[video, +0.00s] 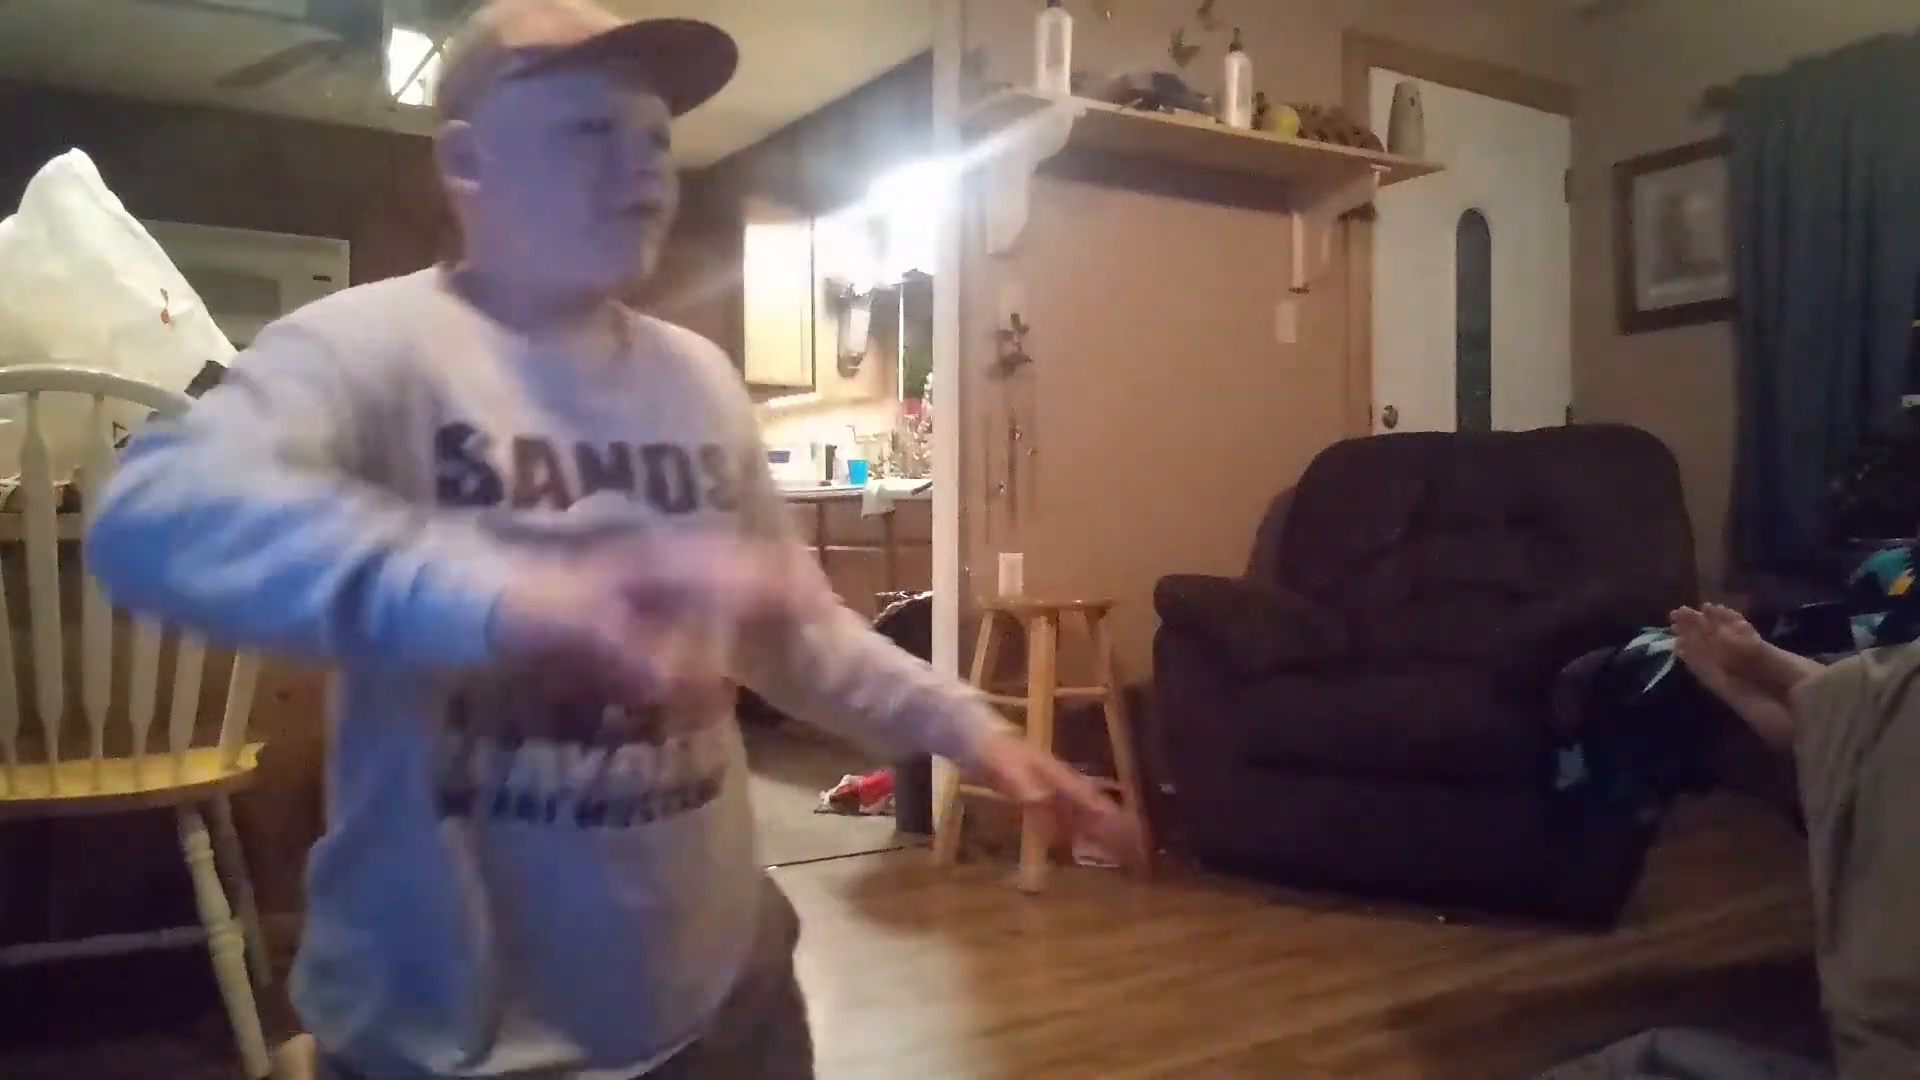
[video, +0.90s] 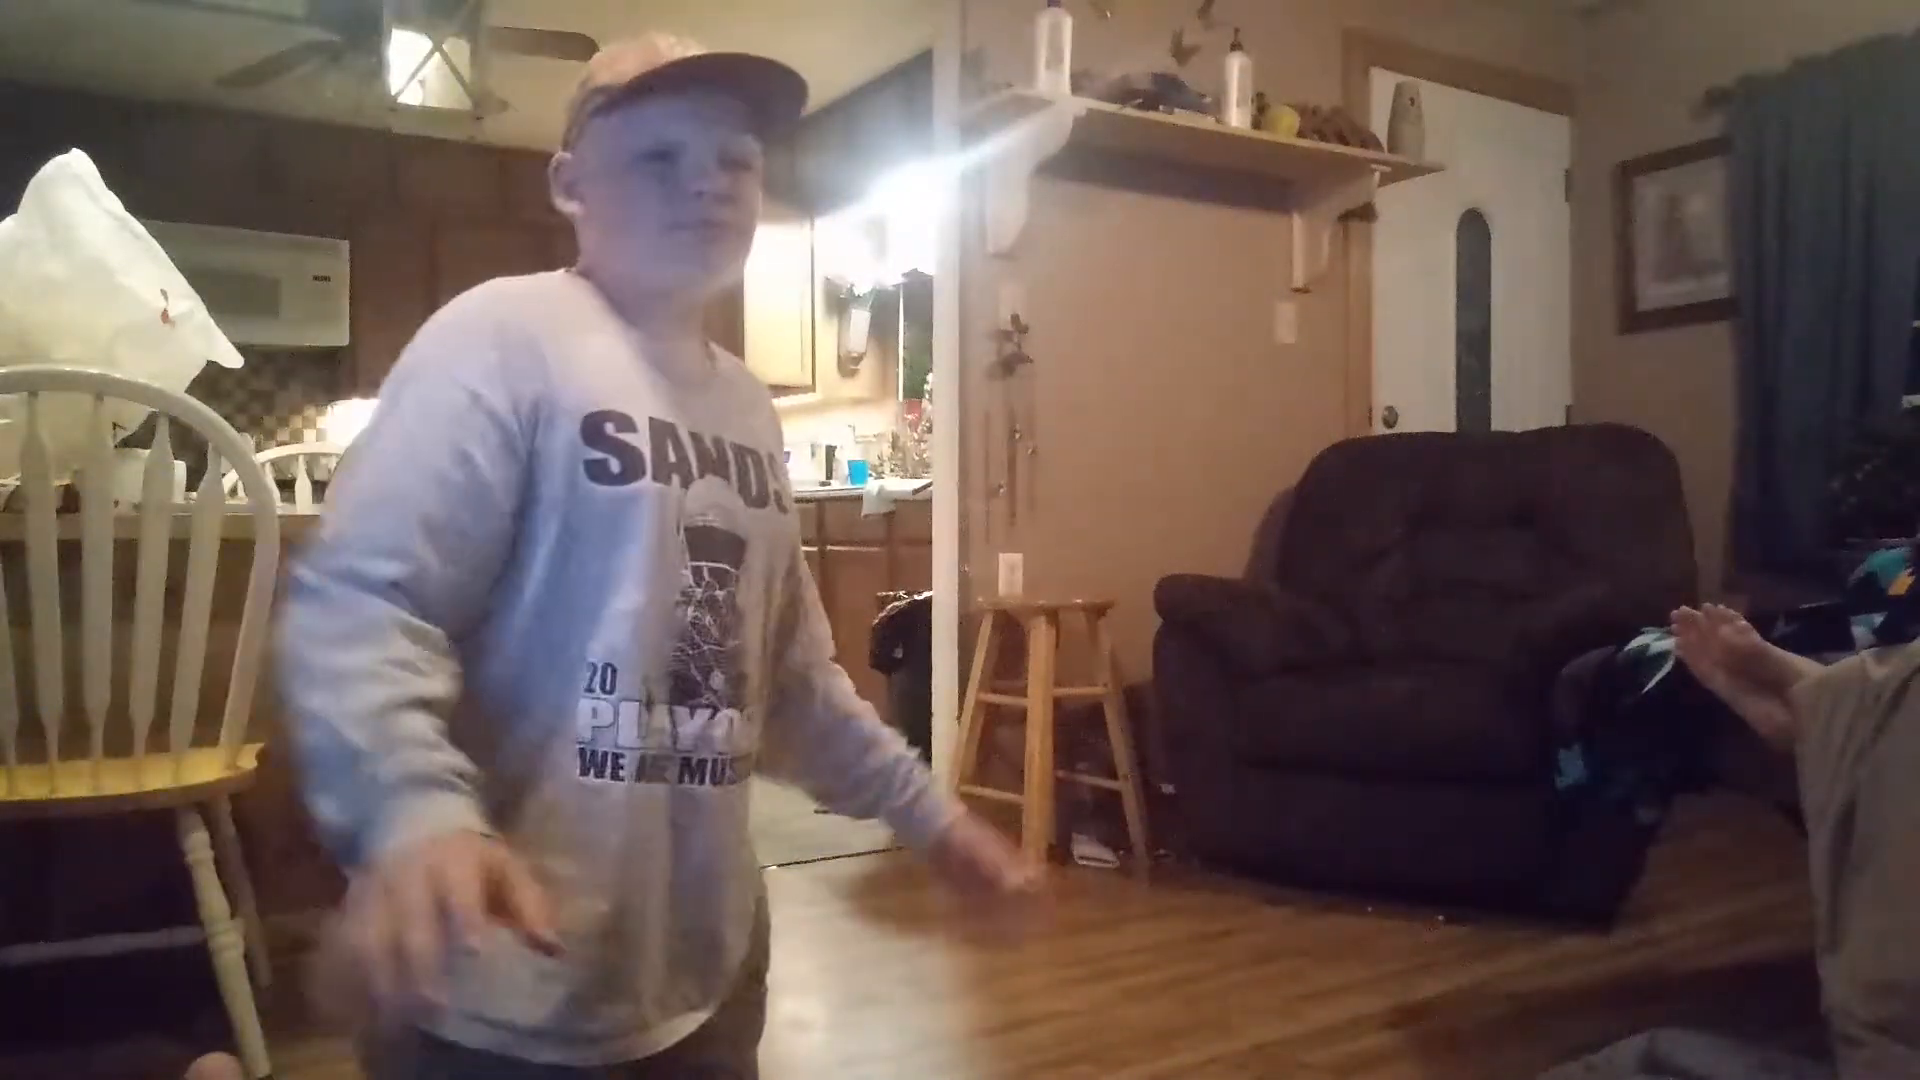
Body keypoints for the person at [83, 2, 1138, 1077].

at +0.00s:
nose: (646, 167)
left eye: (658, 137)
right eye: (591, 132)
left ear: (675, 163)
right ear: (467, 161)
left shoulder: (699, 378)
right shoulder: (369, 344)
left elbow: (781, 620)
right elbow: (155, 511)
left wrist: (960, 725)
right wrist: (508, 600)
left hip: (720, 989)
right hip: (459, 1017)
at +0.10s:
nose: (626, 173)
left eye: (637, 142)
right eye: (570, 134)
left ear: (652, 166)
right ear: (443, 169)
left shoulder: (669, 378)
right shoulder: (331, 360)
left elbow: (746, 615)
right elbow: (132, 560)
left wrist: (915, 731)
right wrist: (464, 725)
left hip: (681, 997)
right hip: (427, 1025)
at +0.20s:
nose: (614, 175)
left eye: (630, 141)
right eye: (555, 131)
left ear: (646, 166)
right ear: (433, 162)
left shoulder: (648, 380)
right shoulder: (323, 356)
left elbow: (709, 644)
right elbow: (108, 588)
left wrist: (886, 757)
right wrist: (370, 813)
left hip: (658, 993)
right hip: (404, 1023)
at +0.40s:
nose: (599, 175)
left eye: (628, 144)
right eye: (543, 137)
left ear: (652, 179)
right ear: (439, 164)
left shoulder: (655, 403)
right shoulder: (338, 347)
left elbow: (682, 700)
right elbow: (95, 558)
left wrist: (819, 838)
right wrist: (231, 811)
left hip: (639, 1010)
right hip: (383, 1018)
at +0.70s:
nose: (671, 189)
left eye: (694, 164)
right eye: (620, 159)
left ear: (722, 199)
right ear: (529, 192)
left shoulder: (717, 413)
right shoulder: (456, 346)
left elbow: (762, 679)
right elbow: (230, 536)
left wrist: (911, 789)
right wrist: (256, 729)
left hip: (673, 990)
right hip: (452, 1000)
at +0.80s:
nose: (695, 192)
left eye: (723, 168)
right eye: (644, 163)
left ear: (752, 205)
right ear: (555, 195)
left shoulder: (735, 413)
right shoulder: (495, 337)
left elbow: (779, 681)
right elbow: (296, 561)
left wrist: (942, 790)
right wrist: (327, 777)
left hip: (692, 986)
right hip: (475, 994)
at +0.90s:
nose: (707, 187)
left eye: (735, 162)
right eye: (660, 157)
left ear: (763, 194)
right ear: (570, 184)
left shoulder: (746, 407)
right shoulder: (499, 339)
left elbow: (786, 675)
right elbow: (356, 604)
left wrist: (926, 810)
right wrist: (416, 814)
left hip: (707, 972)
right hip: (505, 976)